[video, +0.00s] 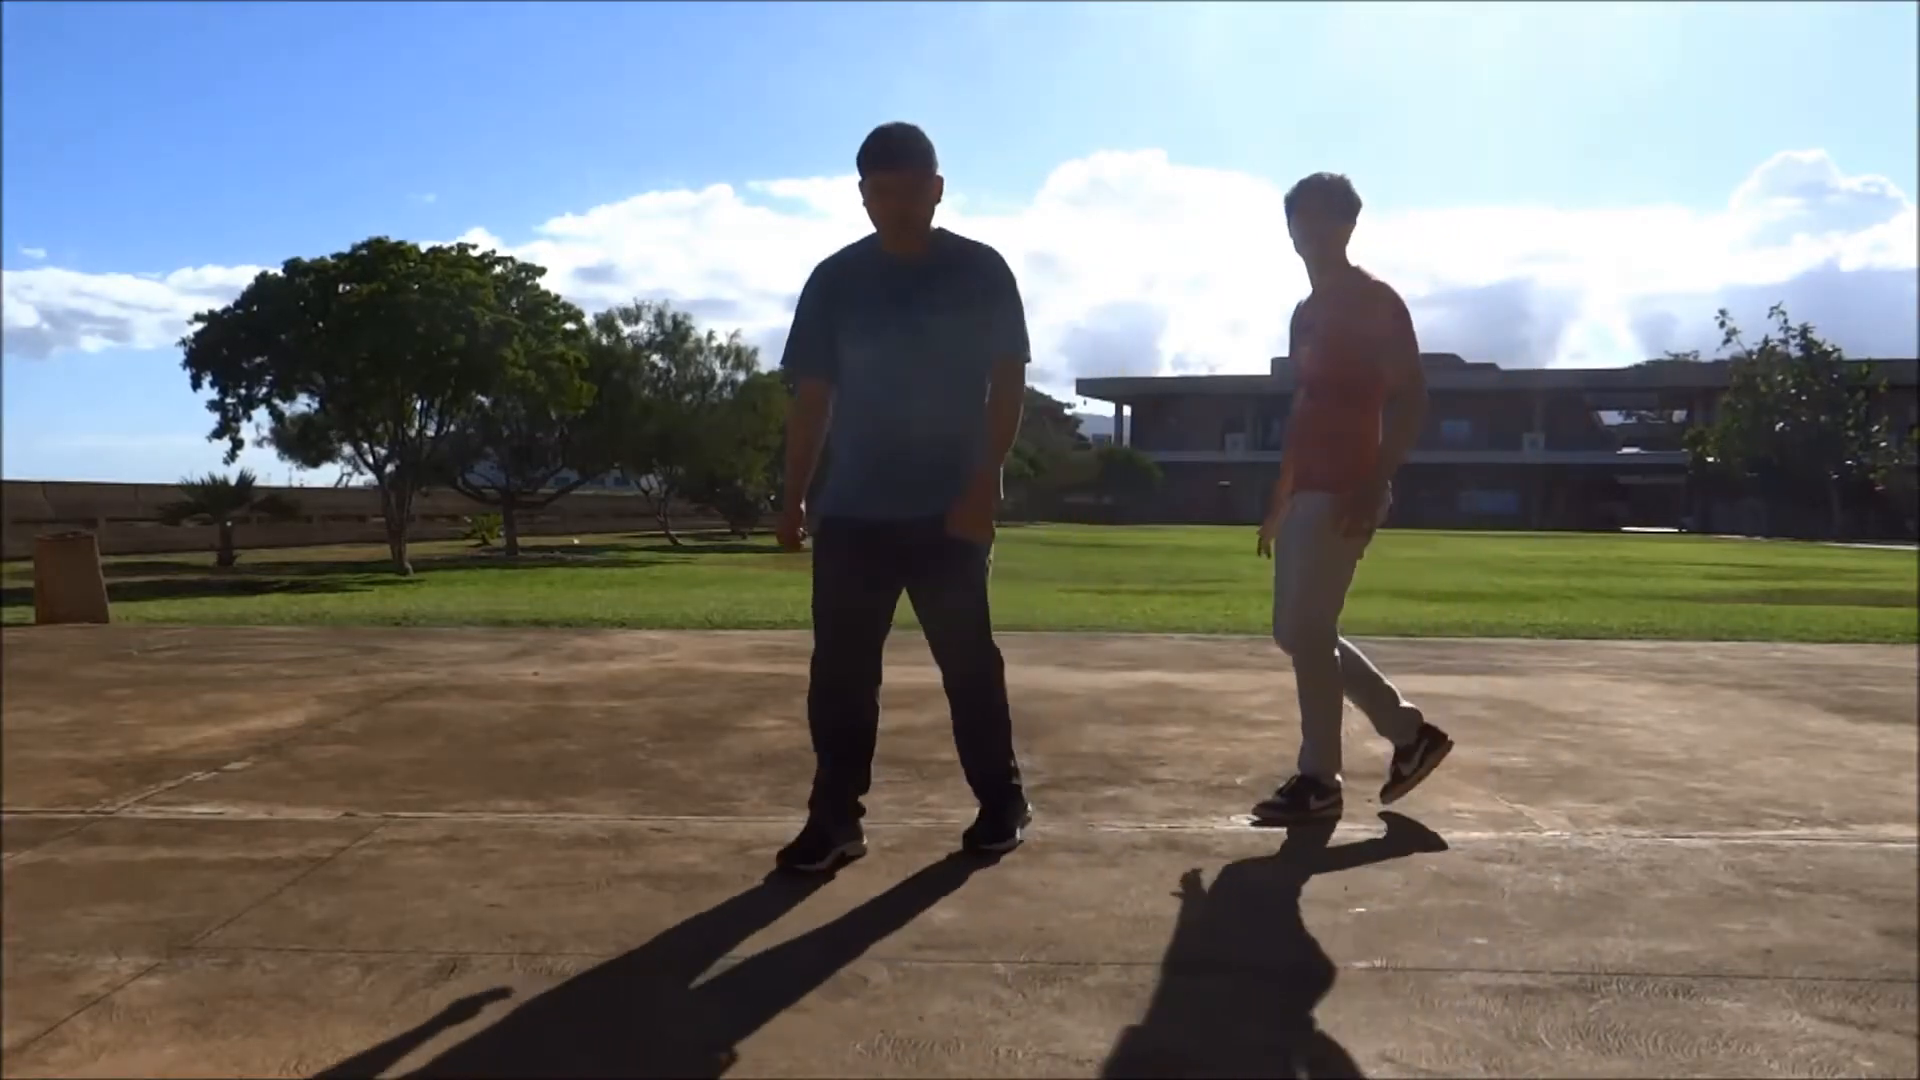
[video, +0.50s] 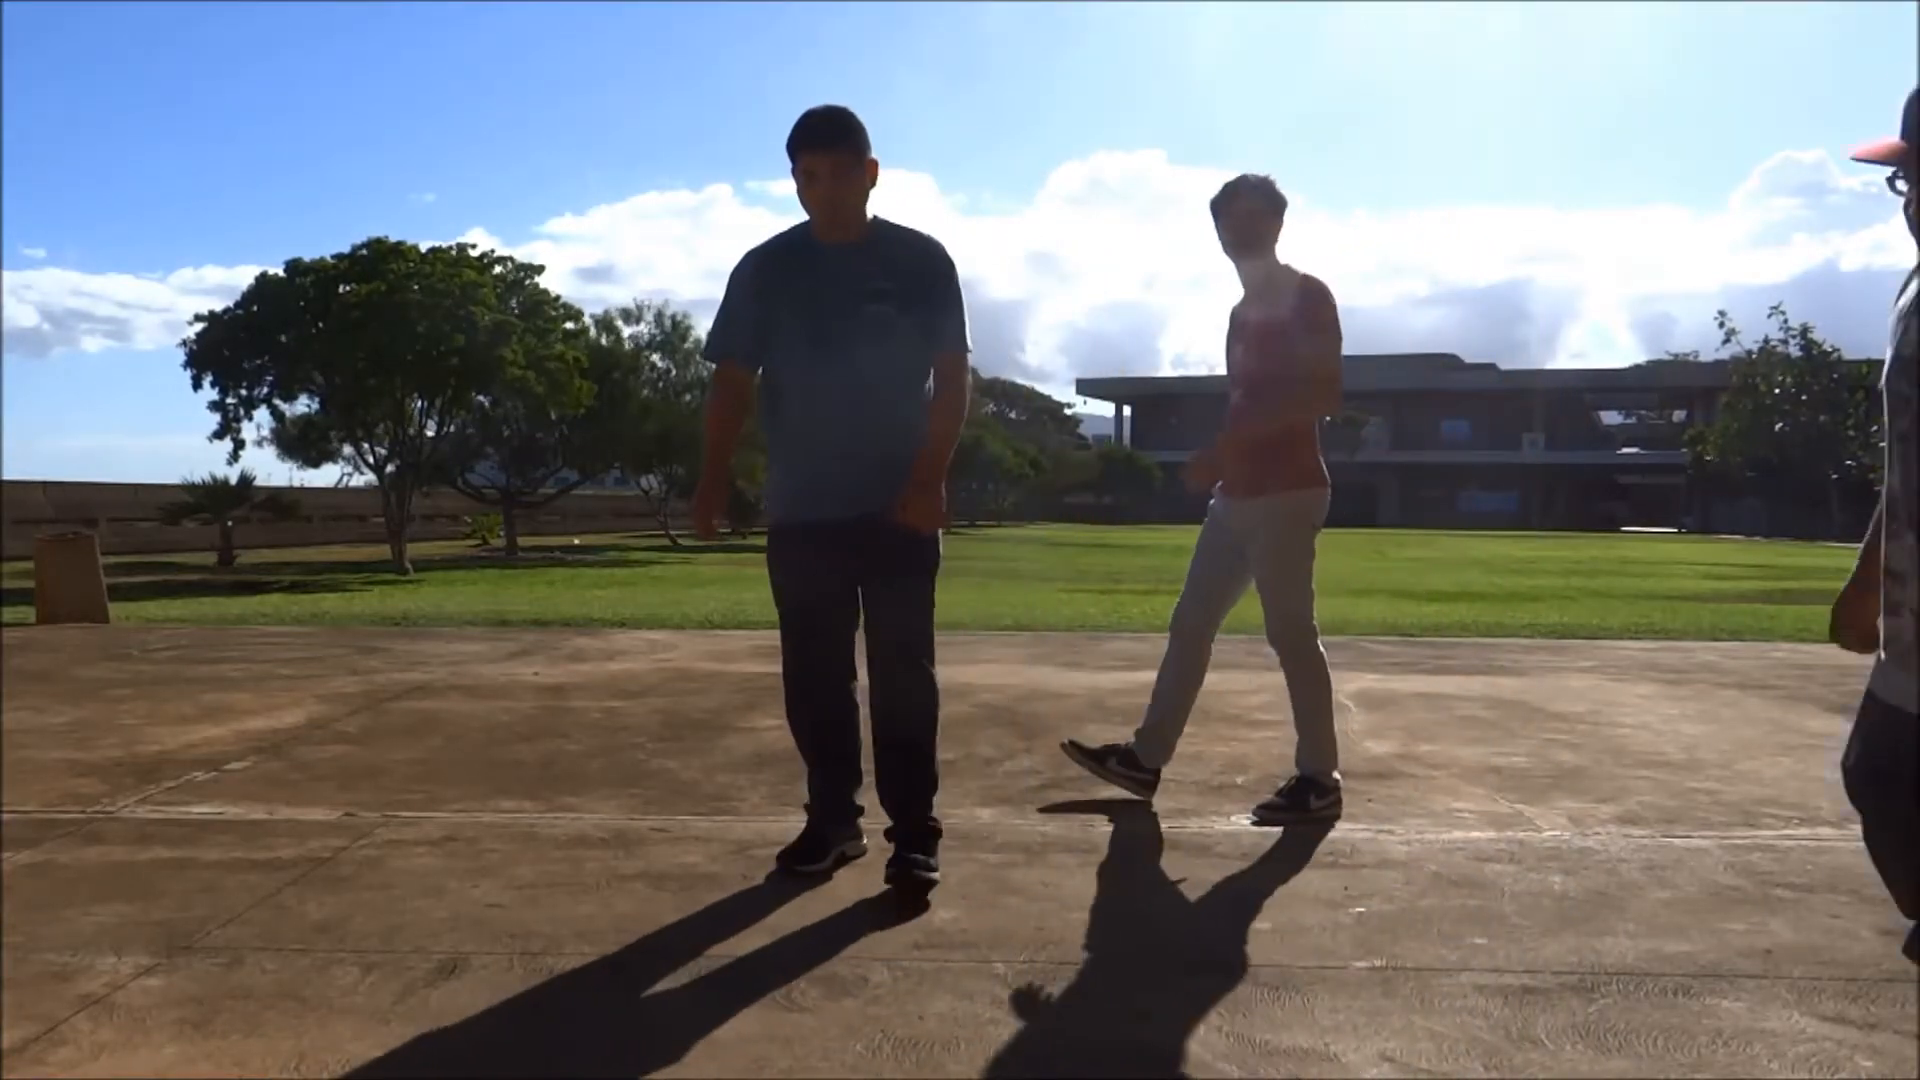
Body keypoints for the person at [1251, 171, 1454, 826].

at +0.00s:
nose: (1298, 237)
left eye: (1308, 223)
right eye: (1293, 224)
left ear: (1342, 223)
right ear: (1293, 230)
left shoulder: (1380, 306)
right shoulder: (1306, 315)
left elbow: (1409, 404)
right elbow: (1305, 416)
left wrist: (1376, 487)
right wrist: (1279, 500)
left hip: (1345, 491)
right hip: (1301, 492)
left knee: (1311, 630)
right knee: (1293, 629)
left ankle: (1319, 780)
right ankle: (1411, 734)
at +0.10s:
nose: (1284, 231)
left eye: (1294, 216)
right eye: (1281, 219)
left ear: (1329, 219)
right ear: (1284, 225)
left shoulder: (1369, 301)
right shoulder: (1297, 311)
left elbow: (1396, 403)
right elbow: (1306, 409)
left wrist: (1347, 484)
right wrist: (1282, 485)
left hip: (1337, 493)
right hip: (1291, 490)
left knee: (1309, 629)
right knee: (1264, 623)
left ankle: (1319, 778)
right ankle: (1362, 736)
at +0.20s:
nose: (1269, 229)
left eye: (1277, 215)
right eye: (1268, 217)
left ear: (1312, 217)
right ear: (1281, 223)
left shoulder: (1358, 297)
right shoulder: (1286, 311)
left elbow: (1381, 400)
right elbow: (1292, 403)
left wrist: (1321, 474)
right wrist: (1279, 474)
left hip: (1328, 488)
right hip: (1282, 483)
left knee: (1310, 632)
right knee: (1242, 619)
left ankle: (1320, 780)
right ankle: (1299, 755)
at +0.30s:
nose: (1259, 231)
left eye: (1268, 217)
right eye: (1255, 220)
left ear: (1304, 217)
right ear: (1257, 226)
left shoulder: (1345, 297)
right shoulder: (1275, 310)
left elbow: (1363, 399)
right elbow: (1277, 406)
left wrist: (1301, 461)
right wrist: (1257, 479)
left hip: (1319, 489)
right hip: (1270, 488)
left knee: (1307, 631)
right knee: (1220, 615)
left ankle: (1320, 779)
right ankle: (1243, 760)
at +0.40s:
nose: (1244, 231)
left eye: (1254, 217)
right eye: (1240, 220)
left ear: (1287, 218)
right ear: (1243, 226)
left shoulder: (1329, 296)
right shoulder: (1258, 314)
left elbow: (1345, 398)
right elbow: (1265, 409)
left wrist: (1269, 455)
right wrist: (1239, 472)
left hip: (1304, 493)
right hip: (1255, 490)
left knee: (1302, 632)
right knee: (1204, 618)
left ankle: (1319, 779)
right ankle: (1186, 762)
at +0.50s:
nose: (1230, 232)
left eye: (1242, 218)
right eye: (1223, 222)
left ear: (1274, 221)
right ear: (1218, 231)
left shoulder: (1309, 296)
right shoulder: (1241, 315)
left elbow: (1324, 395)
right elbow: (1249, 403)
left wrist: (1229, 443)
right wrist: (1220, 461)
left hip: (1288, 495)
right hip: (1239, 493)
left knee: (1293, 636)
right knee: (1191, 624)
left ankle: (1319, 778)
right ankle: (1145, 759)